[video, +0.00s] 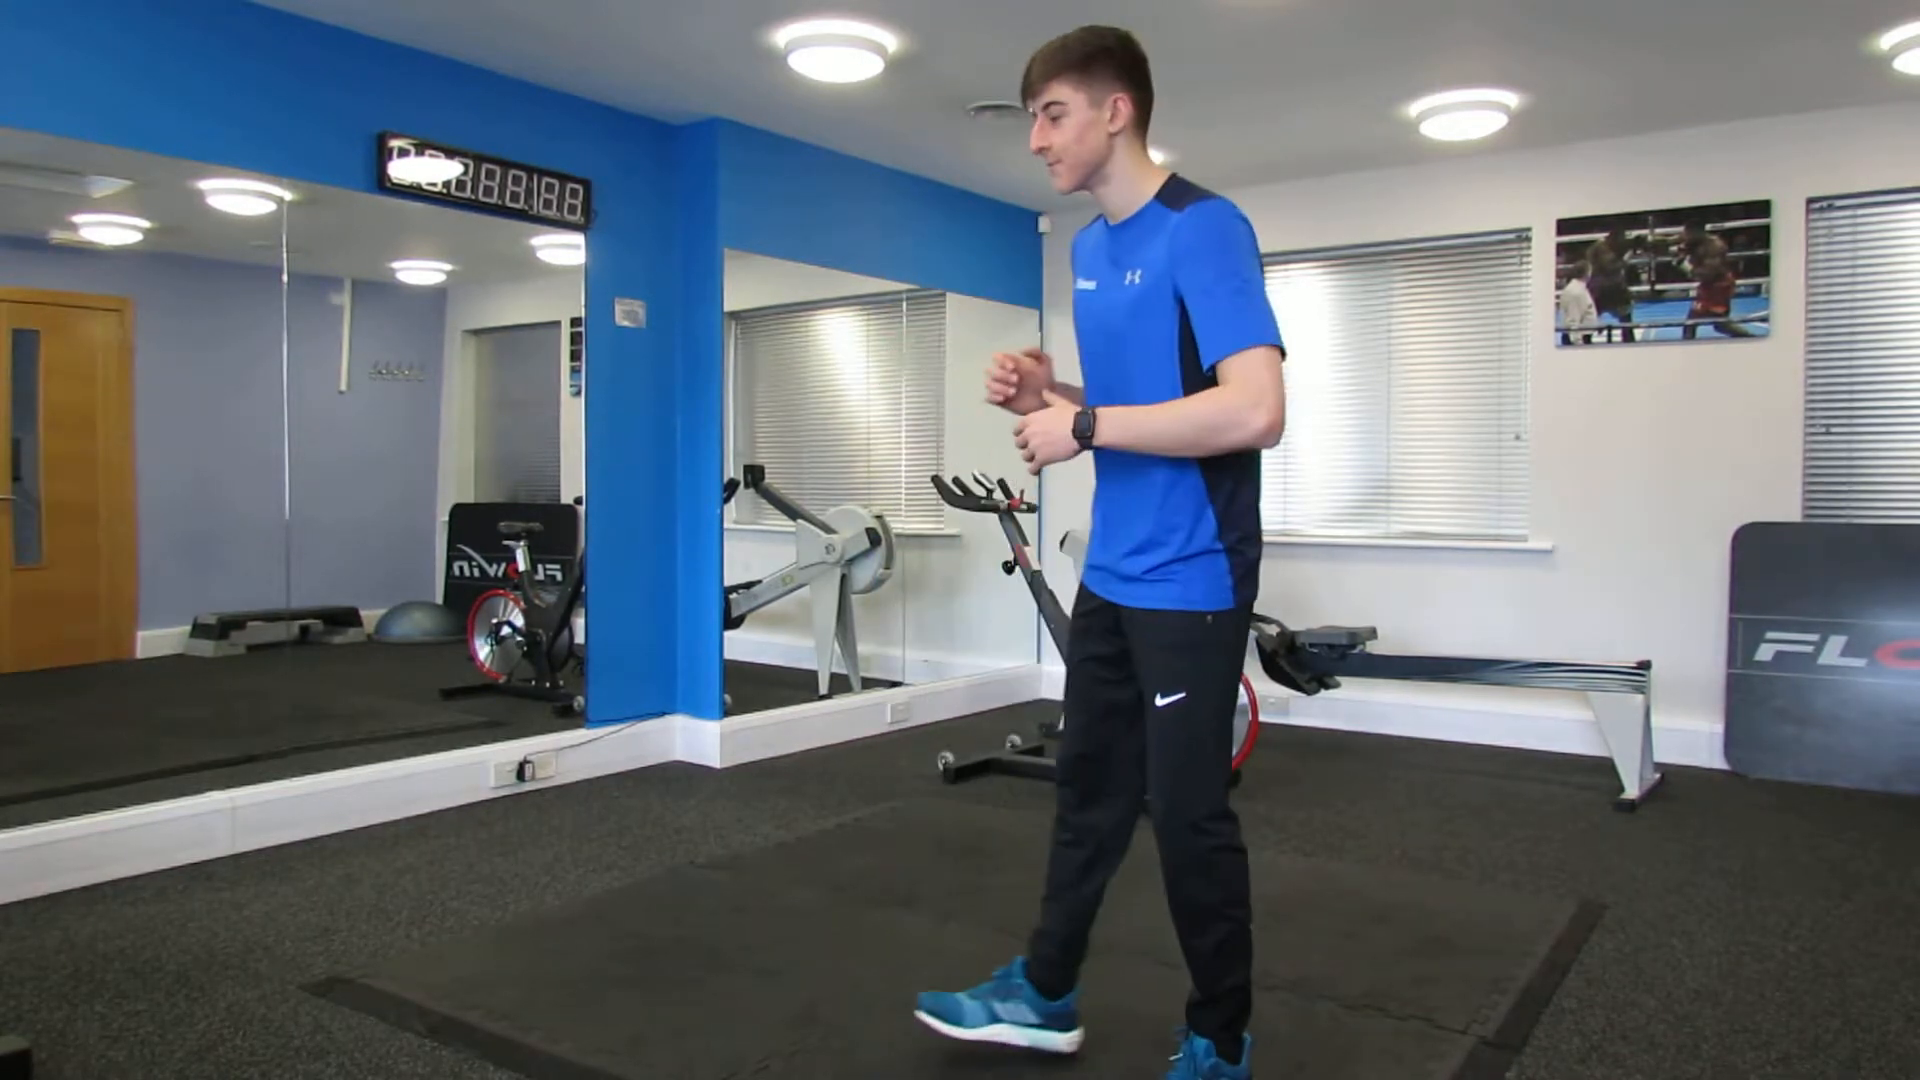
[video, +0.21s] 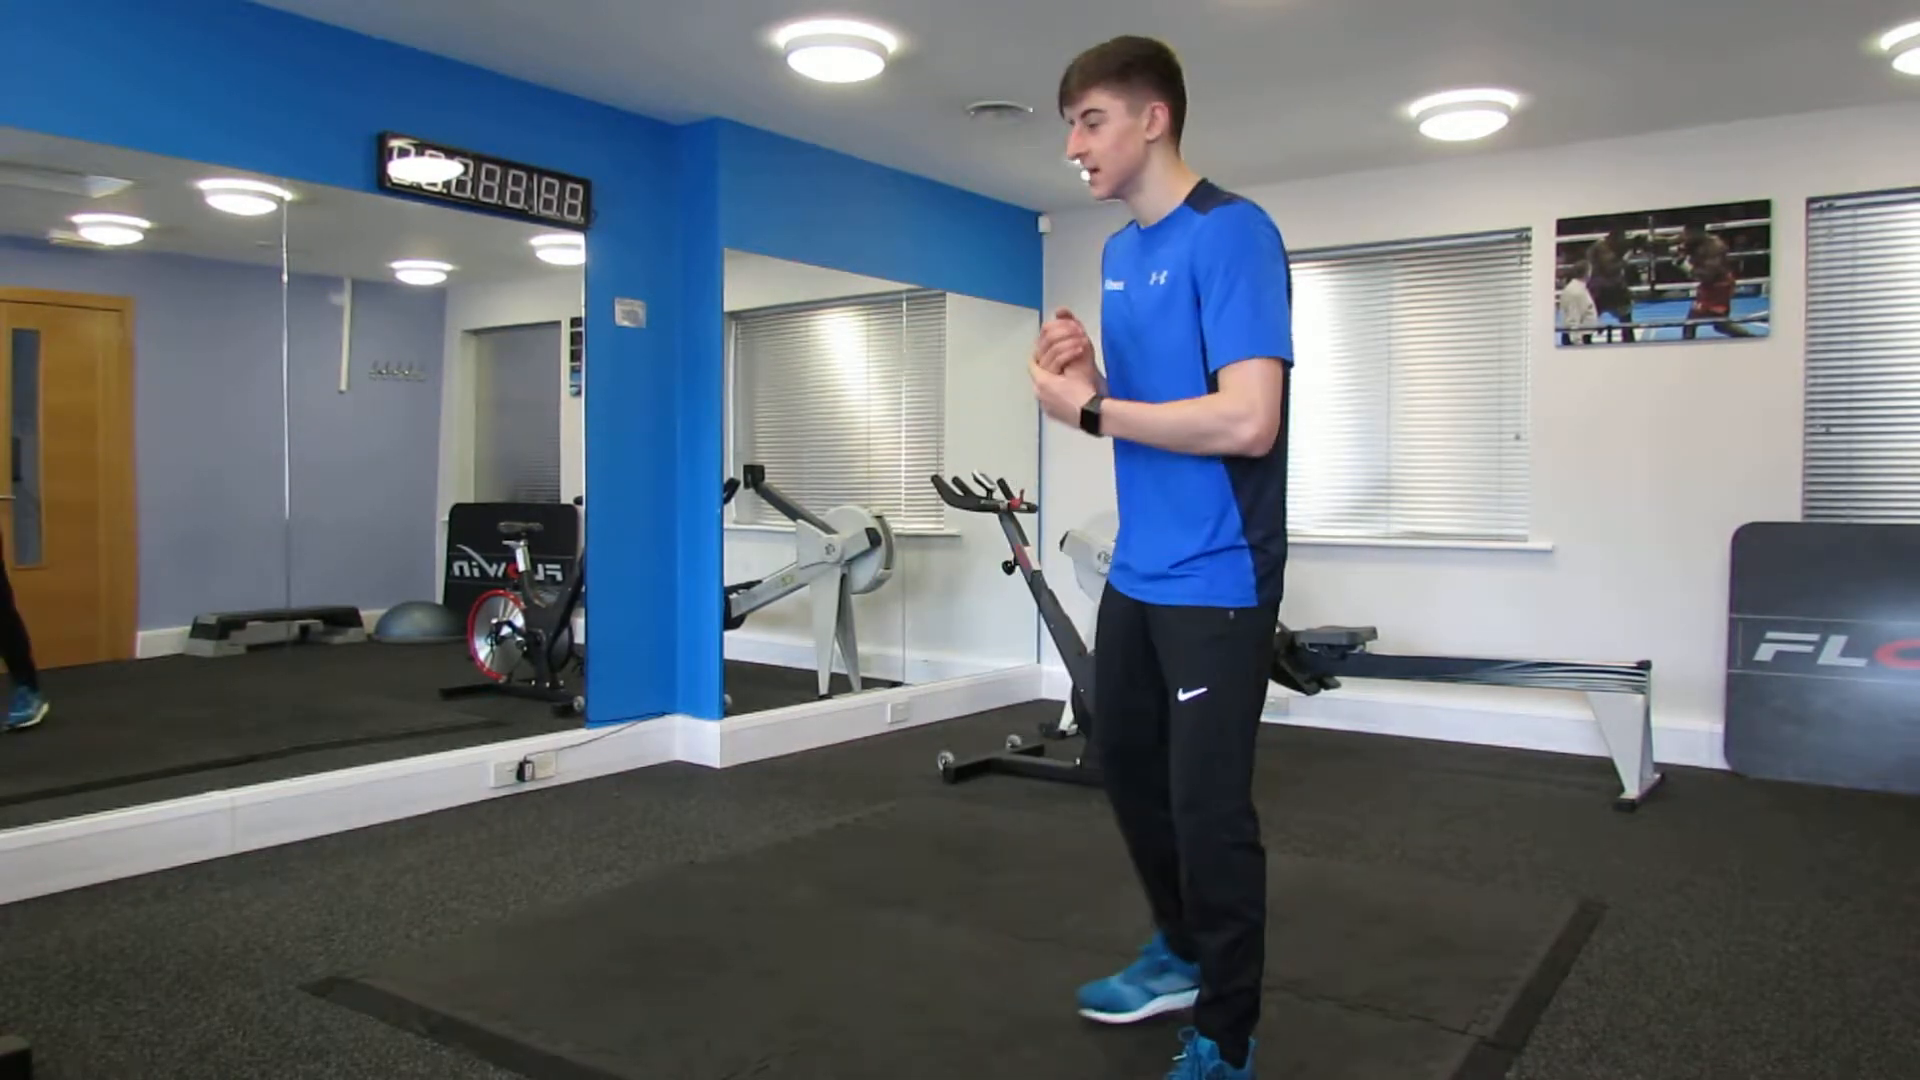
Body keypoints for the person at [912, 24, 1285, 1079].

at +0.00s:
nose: (1037, 139)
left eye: (1052, 113)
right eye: (1033, 120)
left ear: (1119, 110)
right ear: (1089, 123)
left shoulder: (1205, 228)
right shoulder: (1093, 247)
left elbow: (1255, 408)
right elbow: (1133, 400)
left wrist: (1088, 429)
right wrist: (1053, 389)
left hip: (1194, 583)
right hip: (1110, 574)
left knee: (1192, 815)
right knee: (1090, 792)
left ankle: (1219, 1039)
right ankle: (1044, 990)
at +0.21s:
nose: (1078, 147)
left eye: (1093, 122)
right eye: (1072, 129)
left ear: (1159, 116)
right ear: (1101, 134)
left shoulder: (1235, 231)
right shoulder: (1122, 251)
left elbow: (1250, 419)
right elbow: (1143, 405)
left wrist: (1093, 410)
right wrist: (1083, 373)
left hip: (1219, 580)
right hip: (1138, 570)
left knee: (1211, 812)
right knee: (1125, 759)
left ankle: (1228, 1041)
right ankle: (1186, 948)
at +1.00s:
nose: (1187, 196)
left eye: (1203, 182)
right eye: (1171, 183)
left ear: (1230, 196)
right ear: (1150, 200)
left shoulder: (1283, 280)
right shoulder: (1133, 318)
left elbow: (1342, 412)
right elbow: (1122, 460)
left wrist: (1215, 408)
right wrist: (1154, 414)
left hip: (1262, 560)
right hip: (1171, 566)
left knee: (1268, 751)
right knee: (1194, 757)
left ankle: (1308, 911)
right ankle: (1238, 935)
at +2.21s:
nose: (1060, 233)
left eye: (1076, 219)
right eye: (1056, 223)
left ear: (1118, 230)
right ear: (1056, 238)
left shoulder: (1159, 307)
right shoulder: (1062, 327)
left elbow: (1191, 429)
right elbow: (1071, 421)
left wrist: (1077, 453)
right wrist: (1035, 451)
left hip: (1160, 548)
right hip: (1096, 548)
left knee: (1145, 709)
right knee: (1085, 708)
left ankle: (1179, 880)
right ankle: (1096, 867)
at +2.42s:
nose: (1035, 254)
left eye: (1052, 242)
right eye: (1034, 243)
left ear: (1095, 256)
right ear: (1044, 261)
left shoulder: (1132, 336)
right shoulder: (1057, 356)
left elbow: (1141, 471)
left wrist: (1104, 590)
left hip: (1137, 571)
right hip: (1083, 568)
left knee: (1093, 725)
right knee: (1042, 712)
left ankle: (1156, 894)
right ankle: (1095, 866)